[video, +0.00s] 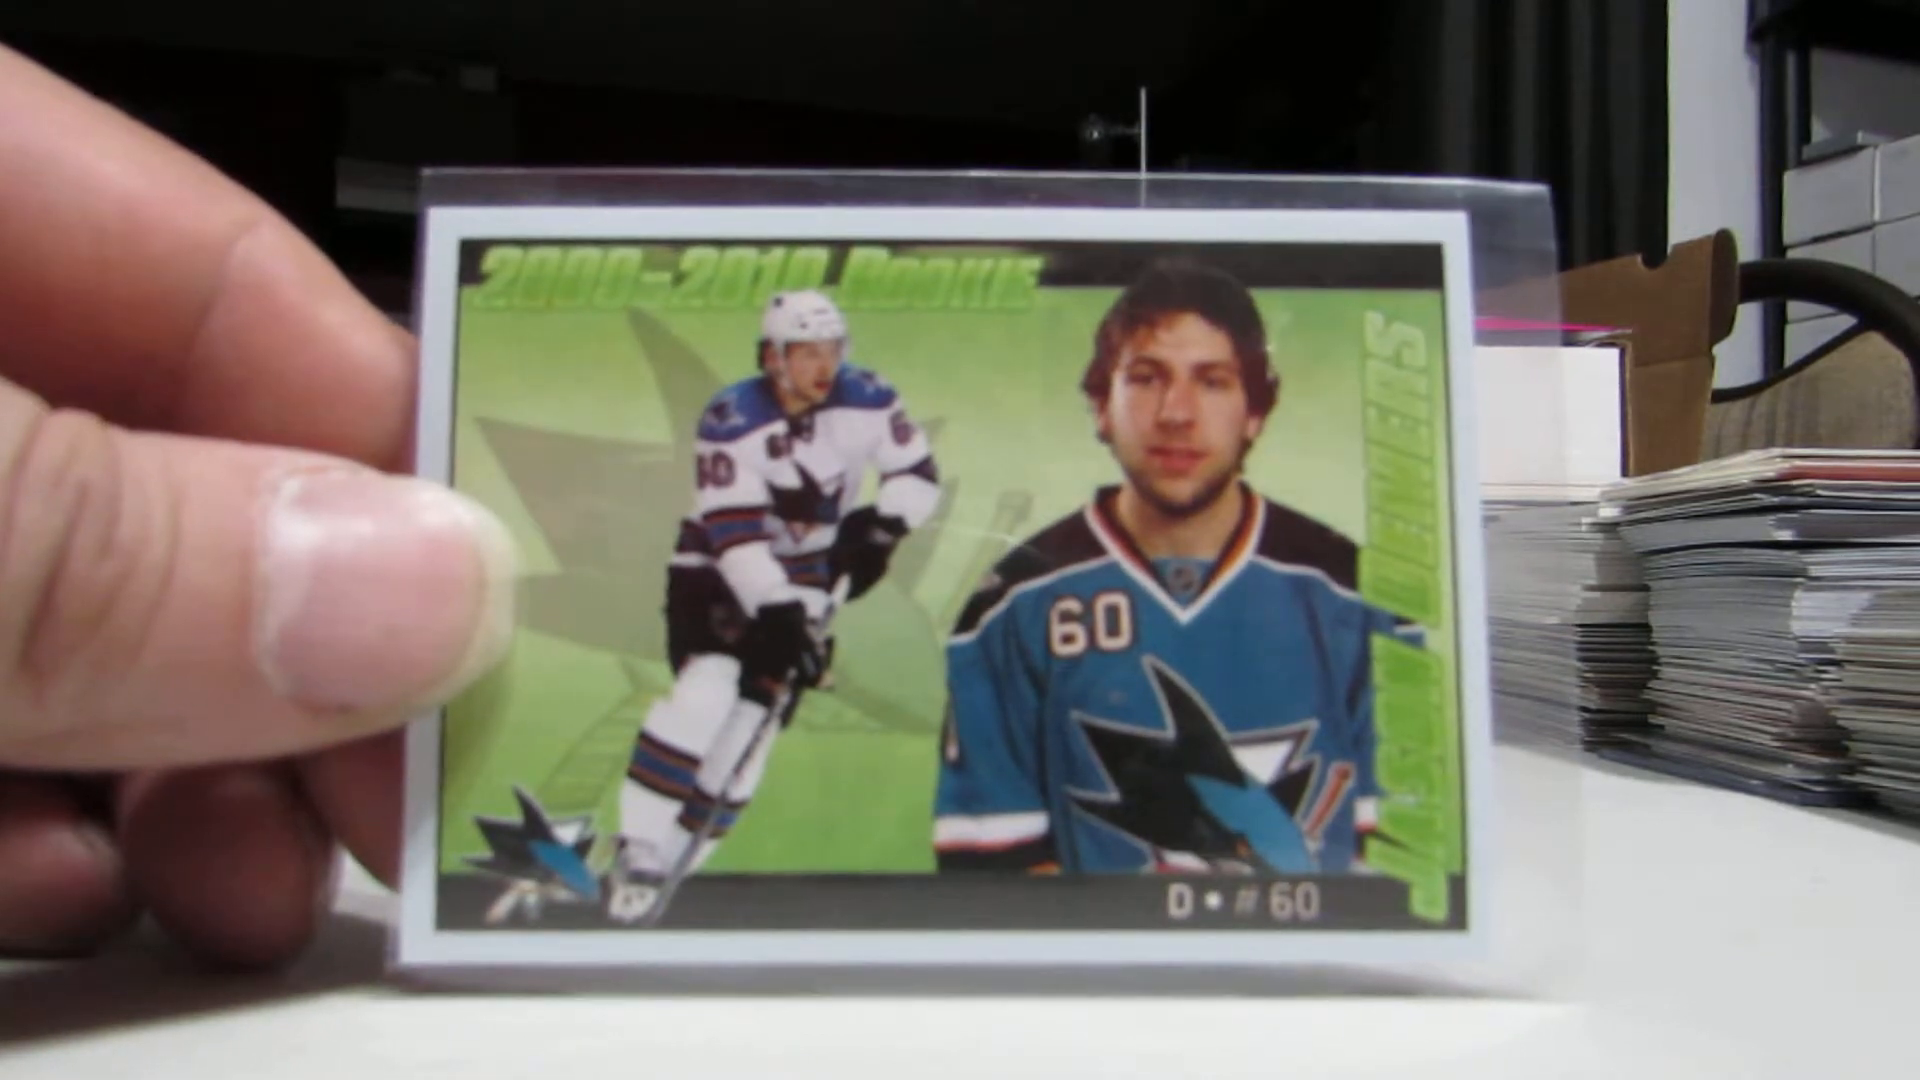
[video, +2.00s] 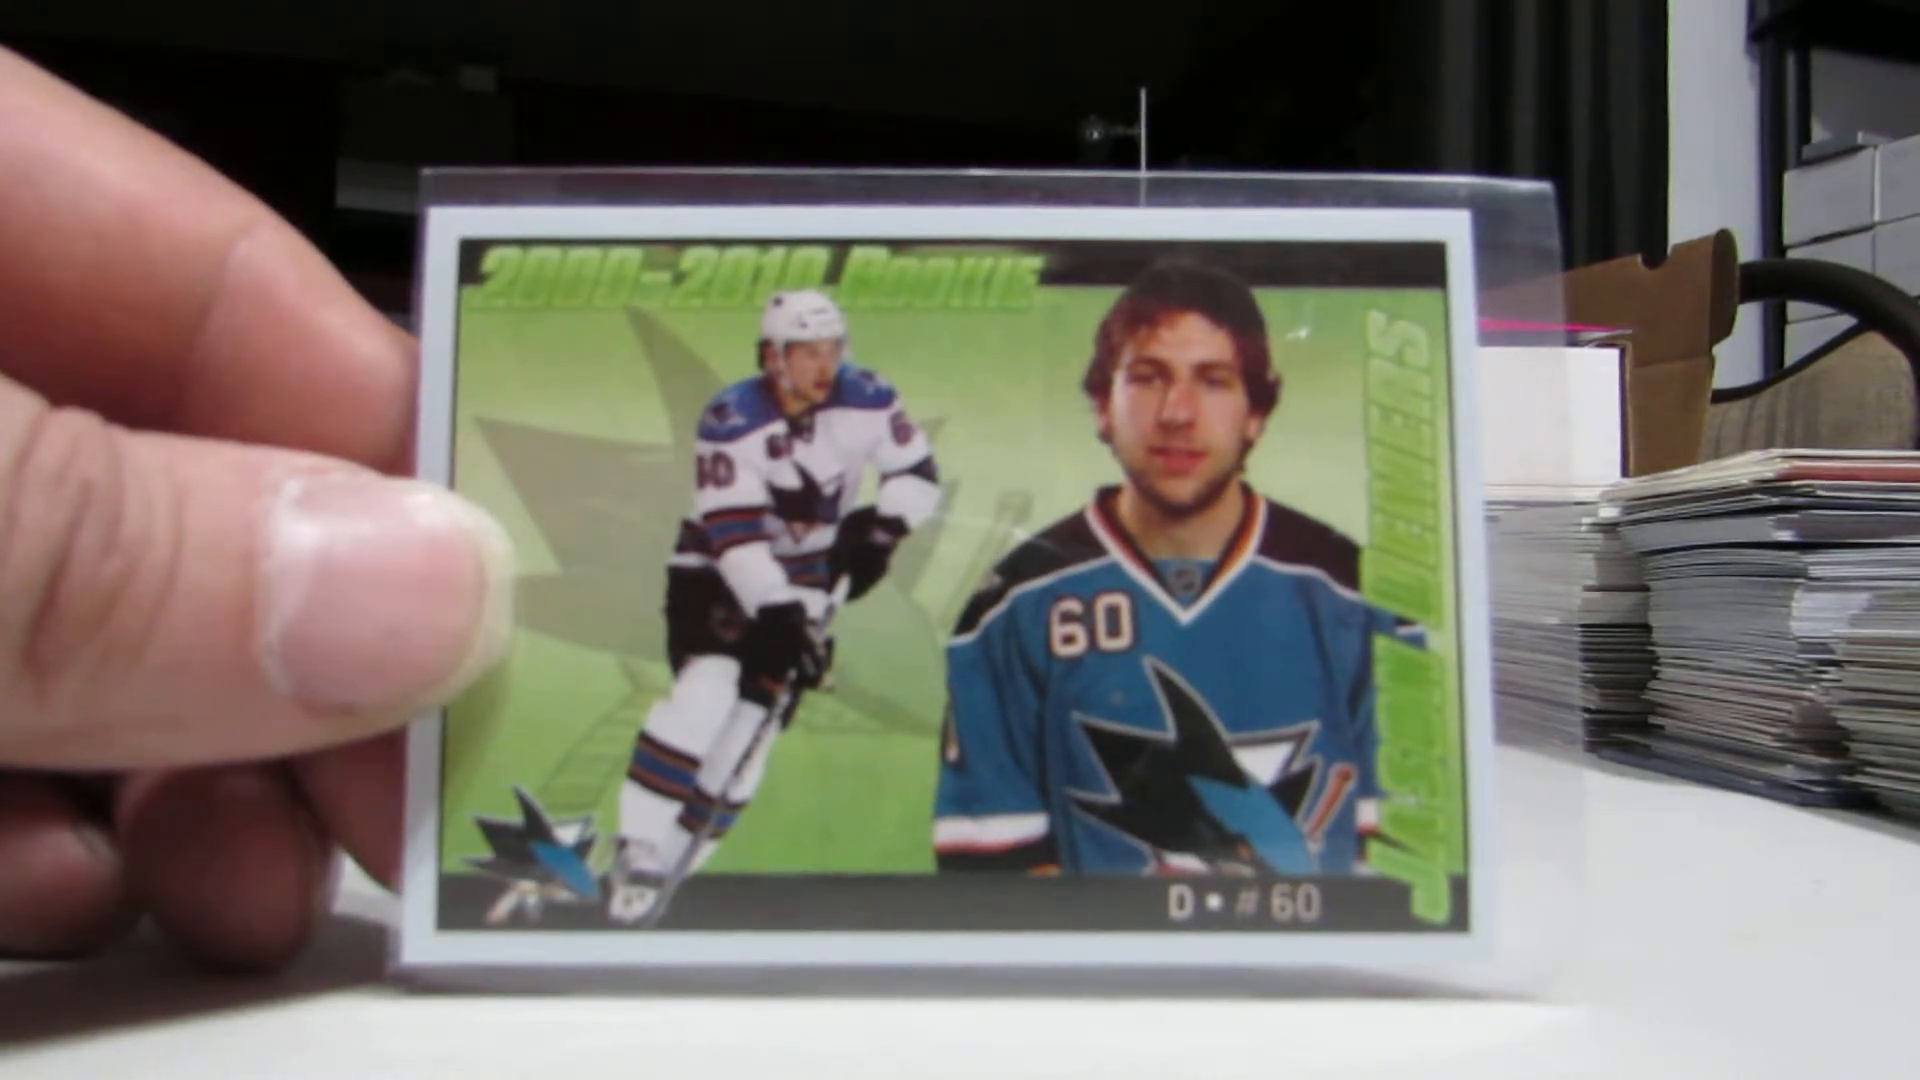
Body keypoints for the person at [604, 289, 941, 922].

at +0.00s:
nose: (825, 367)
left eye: (833, 353)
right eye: (809, 354)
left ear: (843, 352)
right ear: (774, 358)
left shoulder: (867, 401)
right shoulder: (733, 418)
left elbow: (917, 474)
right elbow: (733, 527)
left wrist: (880, 530)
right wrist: (775, 609)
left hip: (807, 578)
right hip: (721, 567)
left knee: (754, 722)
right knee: (708, 687)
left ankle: (678, 861)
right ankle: (642, 851)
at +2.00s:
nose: (825, 366)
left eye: (833, 352)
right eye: (810, 353)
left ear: (843, 352)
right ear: (773, 359)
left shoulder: (868, 401)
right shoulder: (732, 420)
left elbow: (917, 474)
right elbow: (733, 528)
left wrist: (880, 531)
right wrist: (776, 610)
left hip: (807, 578)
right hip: (721, 568)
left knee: (754, 724)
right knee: (709, 685)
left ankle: (677, 863)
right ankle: (641, 850)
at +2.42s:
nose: (821, 354)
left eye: (830, 340)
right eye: (806, 340)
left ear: (844, 341)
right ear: (774, 344)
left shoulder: (869, 391)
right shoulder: (733, 405)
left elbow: (919, 465)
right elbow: (731, 511)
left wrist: (879, 517)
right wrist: (771, 593)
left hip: (804, 567)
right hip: (717, 554)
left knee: (746, 707)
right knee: (705, 666)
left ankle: (670, 839)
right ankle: (634, 829)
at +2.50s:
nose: (758, 230)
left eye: (771, 217)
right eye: (745, 215)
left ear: (788, 222)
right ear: (720, 215)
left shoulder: (807, 275)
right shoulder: (682, 266)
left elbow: (838, 352)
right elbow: (657, 363)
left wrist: (784, 395)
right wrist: (699, 443)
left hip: (730, 421)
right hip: (655, 402)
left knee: (661, 524)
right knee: (629, 493)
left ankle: (596, 621)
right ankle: (558, 600)